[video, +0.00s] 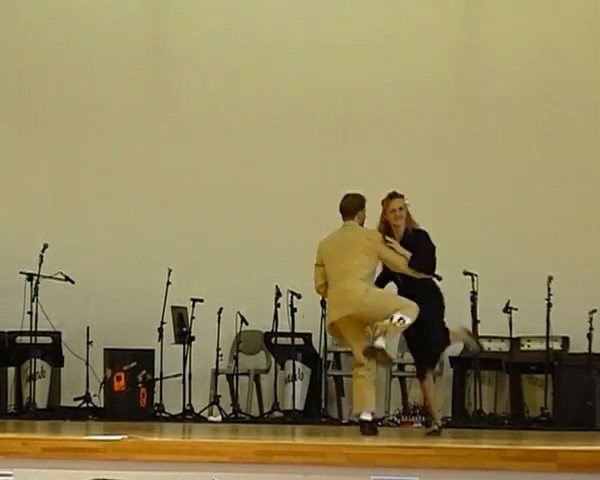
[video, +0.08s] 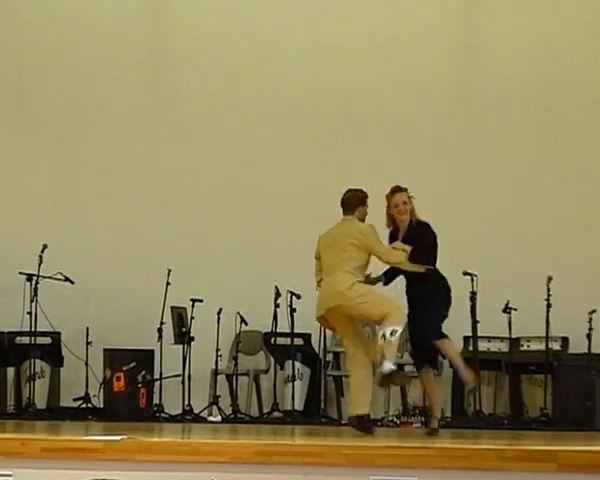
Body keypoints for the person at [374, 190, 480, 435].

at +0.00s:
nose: (398, 214)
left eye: (401, 209)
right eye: (392, 211)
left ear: (407, 210)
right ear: (385, 215)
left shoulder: (420, 236)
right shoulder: (387, 242)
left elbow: (429, 267)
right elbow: (387, 272)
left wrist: (401, 251)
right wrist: (372, 291)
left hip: (428, 294)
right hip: (406, 297)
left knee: (432, 348)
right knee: (421, 361)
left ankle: (459, 335)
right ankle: (435, 420)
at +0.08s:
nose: (402, 209)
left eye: (405, 204)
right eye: (397, 205)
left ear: (411, 204)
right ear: (390, 209)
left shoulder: (423, 229)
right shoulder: (394, 234)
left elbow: (427, 265)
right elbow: (398, 265)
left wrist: (400, 263)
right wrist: (380, 281)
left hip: (434, 286)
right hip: (414, 291)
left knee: (430, 329)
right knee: (420, 355)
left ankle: (463, 372)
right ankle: (434, 413)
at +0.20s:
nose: (408, 210)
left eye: (412, 205)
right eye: (403, 207)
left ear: (420, 206)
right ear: (398, 212)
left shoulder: (429, 229)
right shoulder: (407, 236)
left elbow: (427, 257)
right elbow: (409, 266)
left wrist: (401, 258)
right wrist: (397, 265)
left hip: (443, 289)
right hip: (424, 292)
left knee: (440, 336)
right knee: (425, 347)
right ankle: (441, 418)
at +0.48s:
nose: (411, 222)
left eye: (415, 218)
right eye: (411, 218)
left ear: (427, 217)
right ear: (425, 219)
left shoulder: (429, 241)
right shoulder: (439, 242)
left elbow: (404, 264)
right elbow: (429, 283)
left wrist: (370, 278)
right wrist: (398, 294)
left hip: (451, 308)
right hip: (460, 307)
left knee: (415, 356)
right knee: (428, 361)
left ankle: (435, 416)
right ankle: (438, 416)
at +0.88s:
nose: (395, 215)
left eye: (399, 212)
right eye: (397, 211)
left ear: (409, 217)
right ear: (413, 217)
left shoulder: (403, 241)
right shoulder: (423, 241)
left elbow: (377, 266)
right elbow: (415, 274)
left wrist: (353, 273)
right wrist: (385, 278)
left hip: (432, 304)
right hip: (448, 302)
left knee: (401, 351)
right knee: (432, 357)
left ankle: (410, 405)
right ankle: (450, 417)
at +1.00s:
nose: (368, 203)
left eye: (372, 200)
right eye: (370, 199)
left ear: (381, 204)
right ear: (390, 205)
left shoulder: (369, 226)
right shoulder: (395, 228)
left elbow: (346, 254)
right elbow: (387, 261)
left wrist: (328, 265)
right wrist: (363, 271)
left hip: (388, 292)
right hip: (406, 290)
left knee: (368, 352)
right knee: (410, 351)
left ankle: (357, 413)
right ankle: (438, 406)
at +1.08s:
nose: (350, 203)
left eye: (352, 200)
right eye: (352, 200)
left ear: (357, 203)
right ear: (373, 205)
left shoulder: (344, 225)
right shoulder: (378, 227)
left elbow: (313, 250)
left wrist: (314, 241)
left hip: (359, 294)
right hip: (381, 293)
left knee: (348, 354)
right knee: (385, 352)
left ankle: (346, 417)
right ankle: (419, 392)